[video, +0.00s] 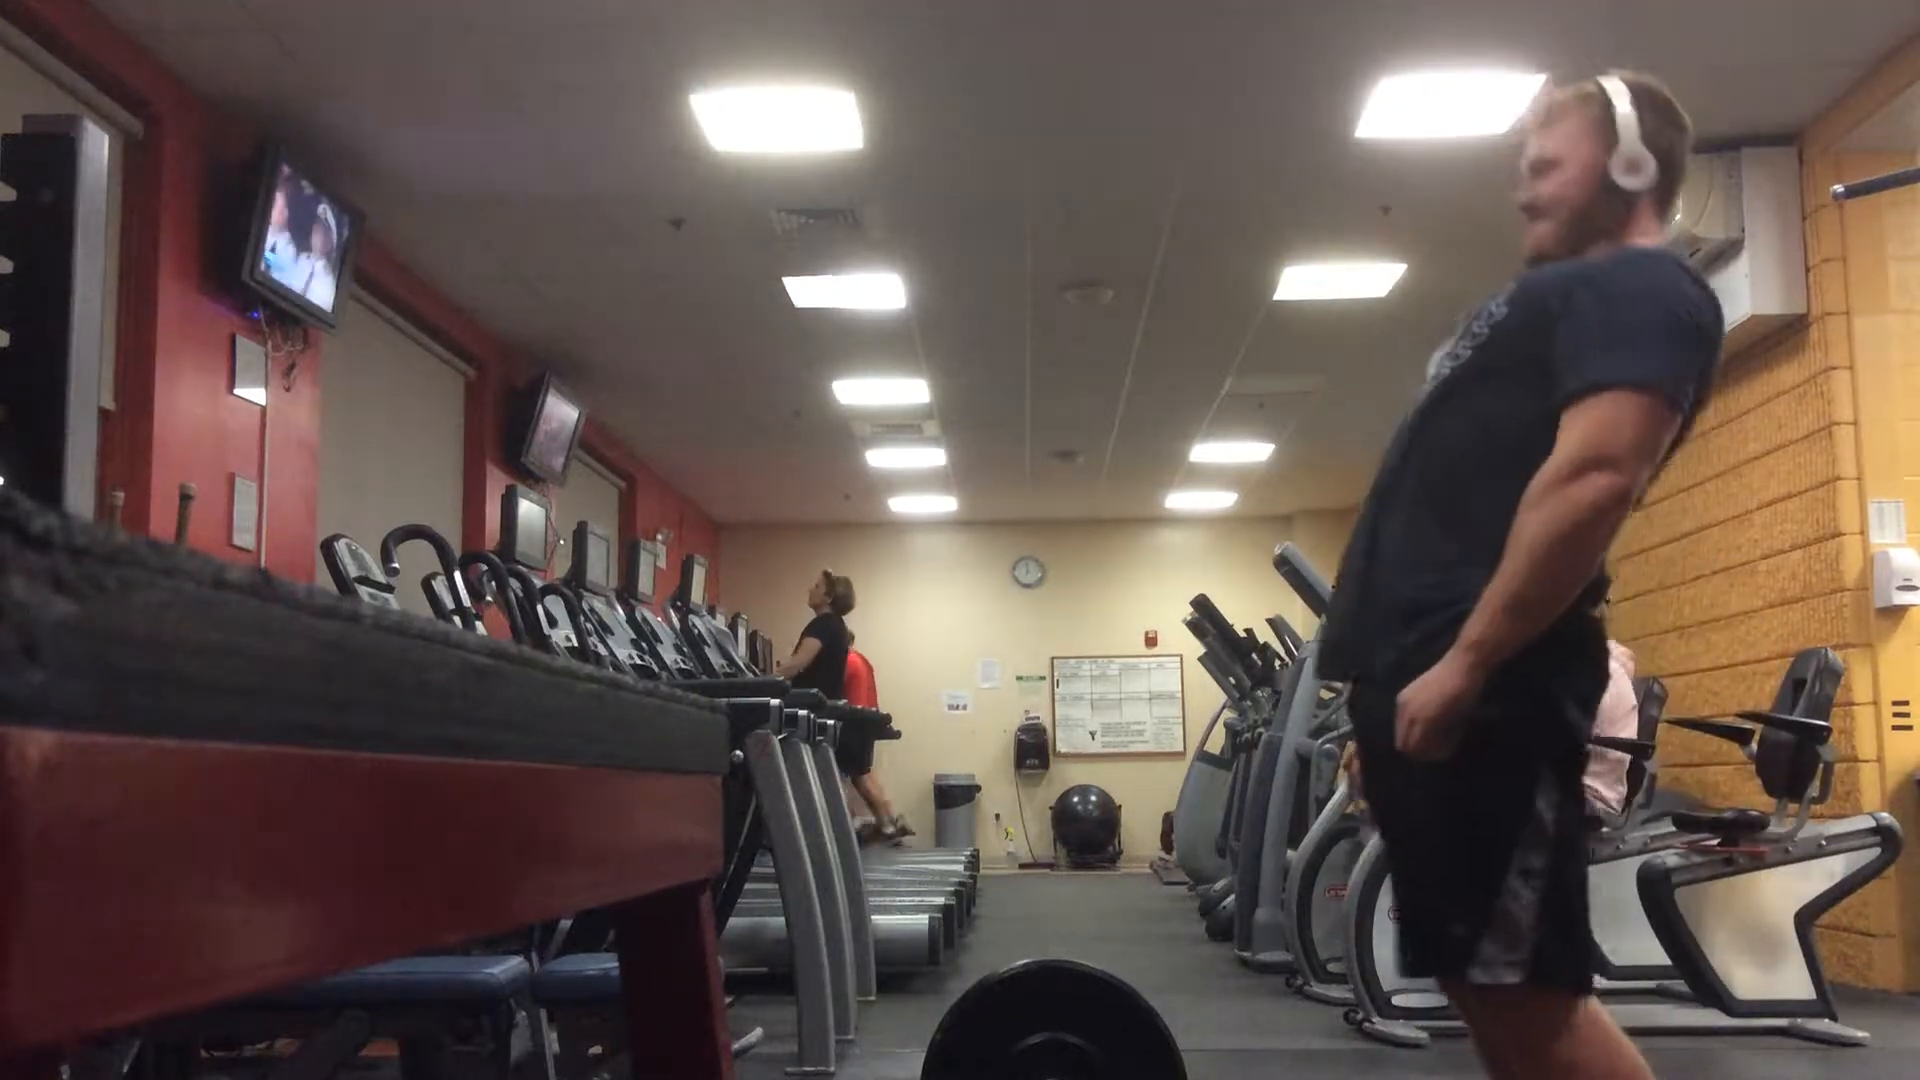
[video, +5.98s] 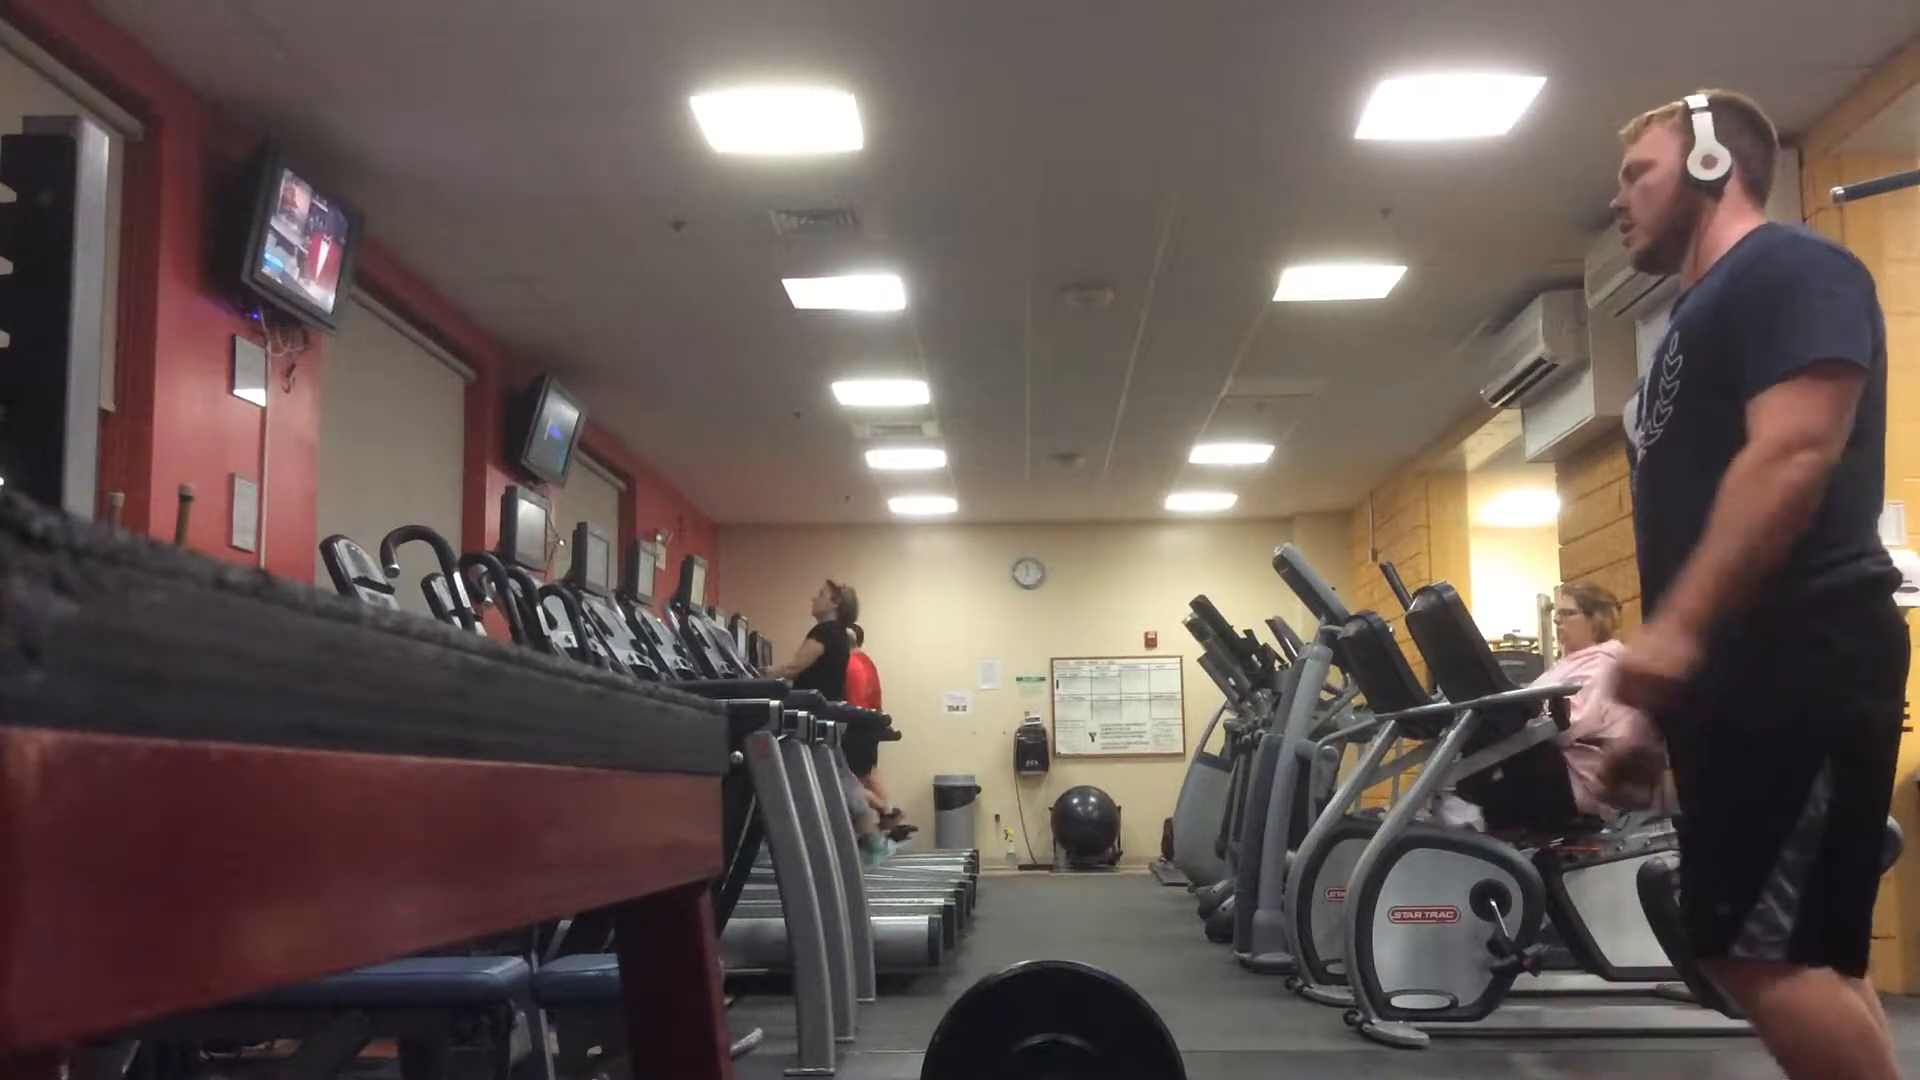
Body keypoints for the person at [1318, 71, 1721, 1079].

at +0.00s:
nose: (1521, 187)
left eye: (1544, 164)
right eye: (1522, 169)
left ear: (1629, 170)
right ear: (1606, 176)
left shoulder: (1639, 283)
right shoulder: (1545, 299)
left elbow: (1595, 477)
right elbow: (1461, 502)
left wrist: (1465, 664)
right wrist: (1385, 700)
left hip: (1496, 693)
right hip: (1436, 689)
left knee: (1531, 1010)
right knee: (1493, 1001)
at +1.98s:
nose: (1423, 88)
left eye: (1450, 64)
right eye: (1431, 66)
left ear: (1529, 79)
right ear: (1506, 82)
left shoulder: (1583, 192)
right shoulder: (1465, 254)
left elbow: (1583, 421)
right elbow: (1468, 476)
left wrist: (1489, 621)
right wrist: (1424, 649)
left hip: (1615, 592)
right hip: (1523, 608)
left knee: (1543, 921)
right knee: (1473, 905)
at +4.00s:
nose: (1596, 133)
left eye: (1624, 107)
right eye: (1600, 112)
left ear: (1711, 123)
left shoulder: (1813, 252)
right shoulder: (1628, 314)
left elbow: (1889, 476)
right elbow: (1653, 521)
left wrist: (1886, 687)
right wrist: (1598, 689)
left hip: (1827, 680)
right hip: (1684, 693)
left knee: (1881, 982)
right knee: (1634, 956)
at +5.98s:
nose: (1617, 199)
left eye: (1635, 172)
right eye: (1618, 180)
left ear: (1711, 168)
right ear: (1703, 178)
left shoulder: (1791, 264)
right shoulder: (1689, 327)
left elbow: (1795, 457)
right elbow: (1694, 524)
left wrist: (1678, 624)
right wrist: (1654, 705)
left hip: (1807, 644)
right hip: (1739, 654)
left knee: (1763, 953)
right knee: (1773, 947)